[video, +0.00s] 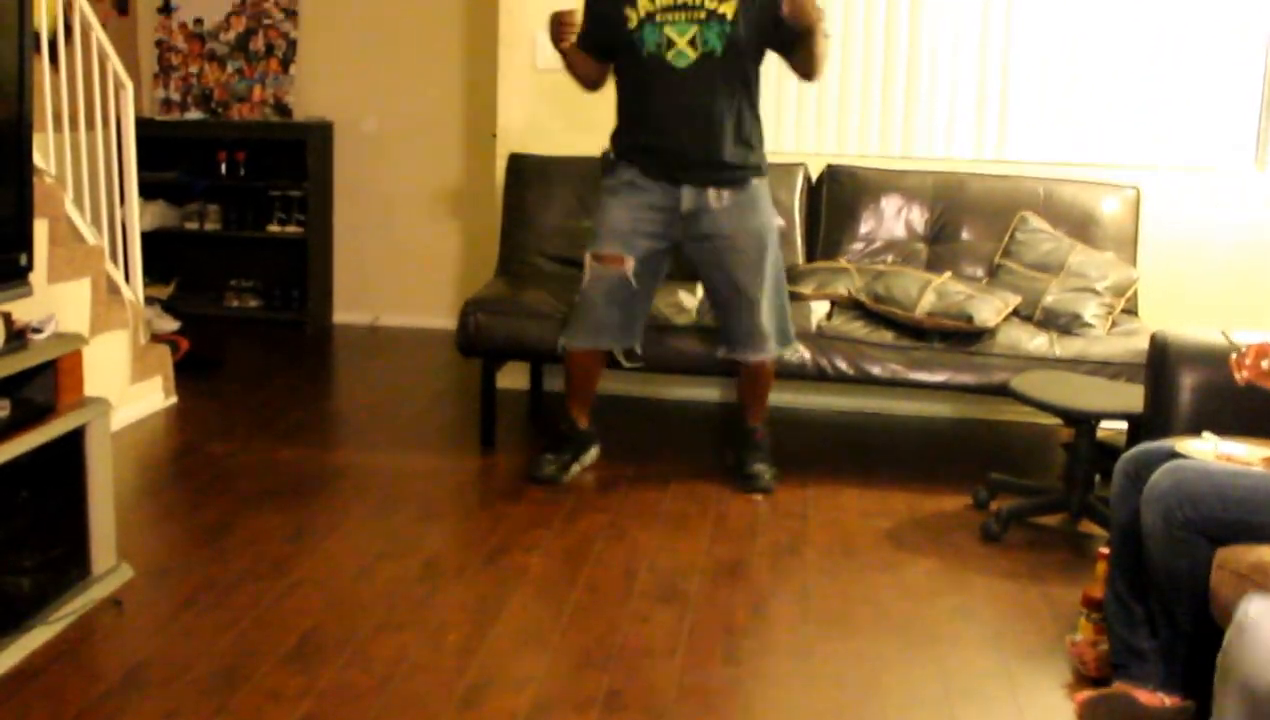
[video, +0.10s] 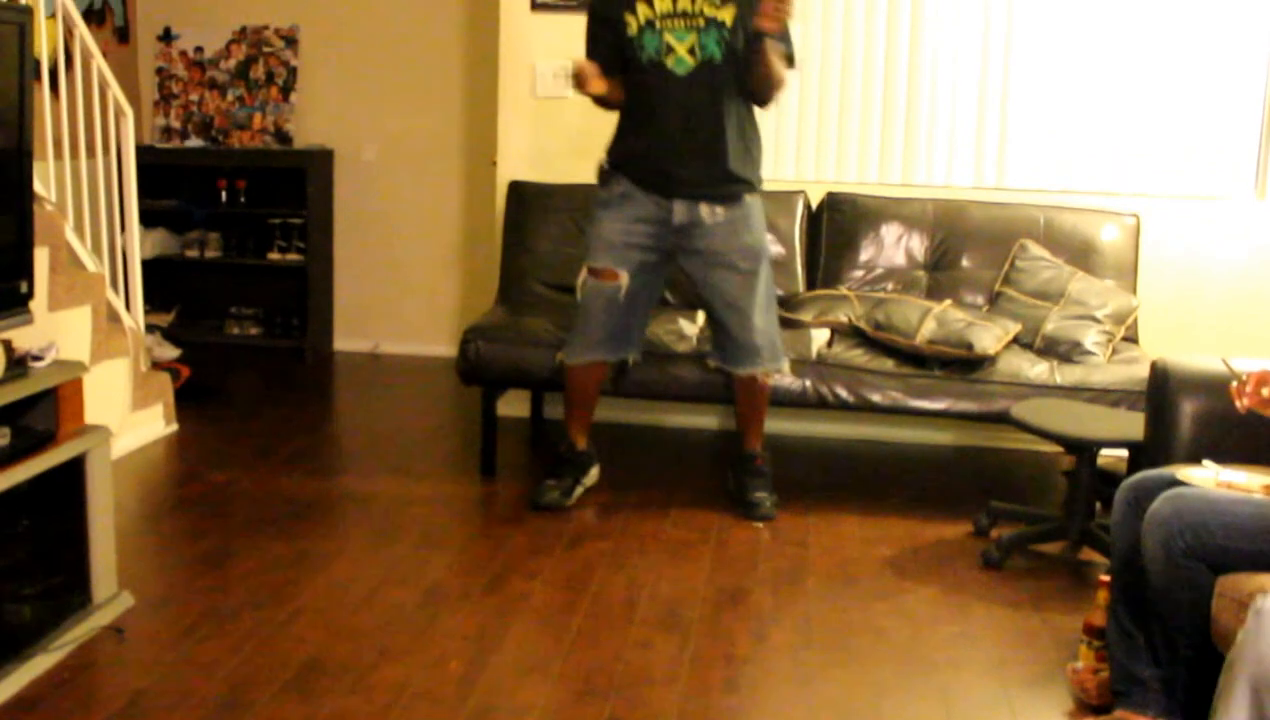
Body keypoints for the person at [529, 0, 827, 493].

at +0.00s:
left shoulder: (756, 3)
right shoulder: (615, 2)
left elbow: (808, 69)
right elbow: (593, 76)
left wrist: (808, 28)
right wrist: (568, 46)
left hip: (733, 177)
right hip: (639, 174)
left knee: (757, 321)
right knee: (596, 301)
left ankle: (754, 438)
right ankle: (577, 432)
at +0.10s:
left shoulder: (749, 5)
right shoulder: (612, 4)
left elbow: (764, 93)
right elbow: (621, 94)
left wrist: (768, 37)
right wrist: (596, 85)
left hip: (725, 189)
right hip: (634, 184)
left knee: (752, 336)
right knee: (595, 317)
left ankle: (753, 460)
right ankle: (576, 452)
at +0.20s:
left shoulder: (746, 21)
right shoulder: (609, 23)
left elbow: (765, 120)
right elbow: (587, 117)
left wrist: (719, 69)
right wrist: (637, 118)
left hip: (713, 226)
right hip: (623, 223)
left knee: (741, 374)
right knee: (594, 354)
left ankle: (750, 497)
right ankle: (578, 493)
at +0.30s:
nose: (666, 20)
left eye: (677, 9)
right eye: (656, 8)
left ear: (696, 16)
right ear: (641, 15)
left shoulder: (732, 95)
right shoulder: (600, 86)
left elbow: (763, 172)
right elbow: (573, 164)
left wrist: (703, 152)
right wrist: (648, 163)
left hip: (702, 281)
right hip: (615, 278)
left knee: (736, 427)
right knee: (583, 419)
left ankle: (750, 555)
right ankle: (578, 553)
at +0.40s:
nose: (664, 72)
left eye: (676, 60)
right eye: (655, 59)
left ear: (694, 66)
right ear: (639, 66)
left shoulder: (728, 145)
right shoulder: (597, 139)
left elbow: (746, 230)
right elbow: (574, 219)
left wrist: (691, 207)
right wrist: (647, 231)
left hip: (702, 333)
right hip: (612, 332)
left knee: (742, 476)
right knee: (578, 470)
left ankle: (752, 602)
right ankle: (581, 605)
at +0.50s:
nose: (666, 96)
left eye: (679, 86)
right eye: (657, 85)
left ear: (702, 94)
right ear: (642, 92)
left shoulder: (739, 170)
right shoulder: (601, 166)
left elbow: (765, 264)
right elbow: (569, 251)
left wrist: (741, 241)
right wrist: (608, 265)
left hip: (716, 367)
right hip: (623, 367)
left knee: (748, 506)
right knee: (591, 494)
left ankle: (756, 636)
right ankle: (582, 634)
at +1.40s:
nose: (686, 145)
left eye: (695, 132)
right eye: (678, 131)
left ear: (716, 138)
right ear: (665, 134)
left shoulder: (745, 195)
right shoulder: (630, 203)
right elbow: (592, 281)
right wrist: (580, 257)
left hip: (734, 394)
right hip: (650, 394)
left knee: (750, 530)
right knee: (617, 520)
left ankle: (762, 650)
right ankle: (600, 652)